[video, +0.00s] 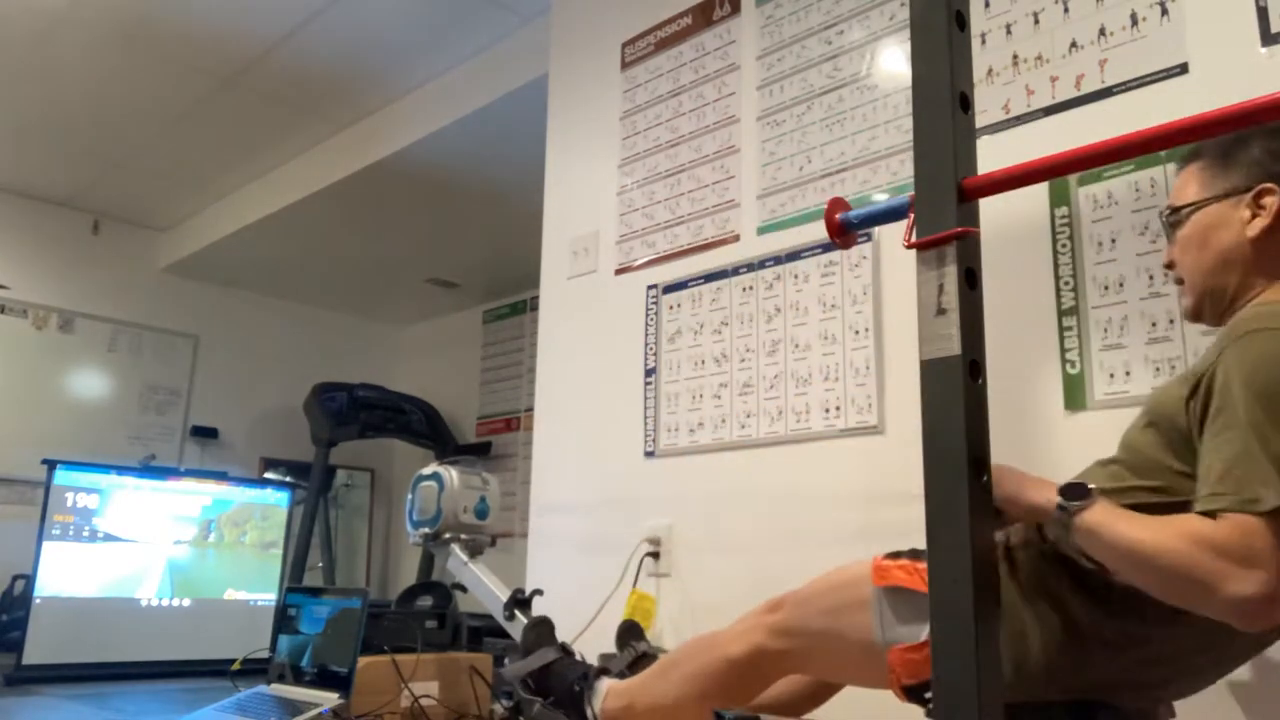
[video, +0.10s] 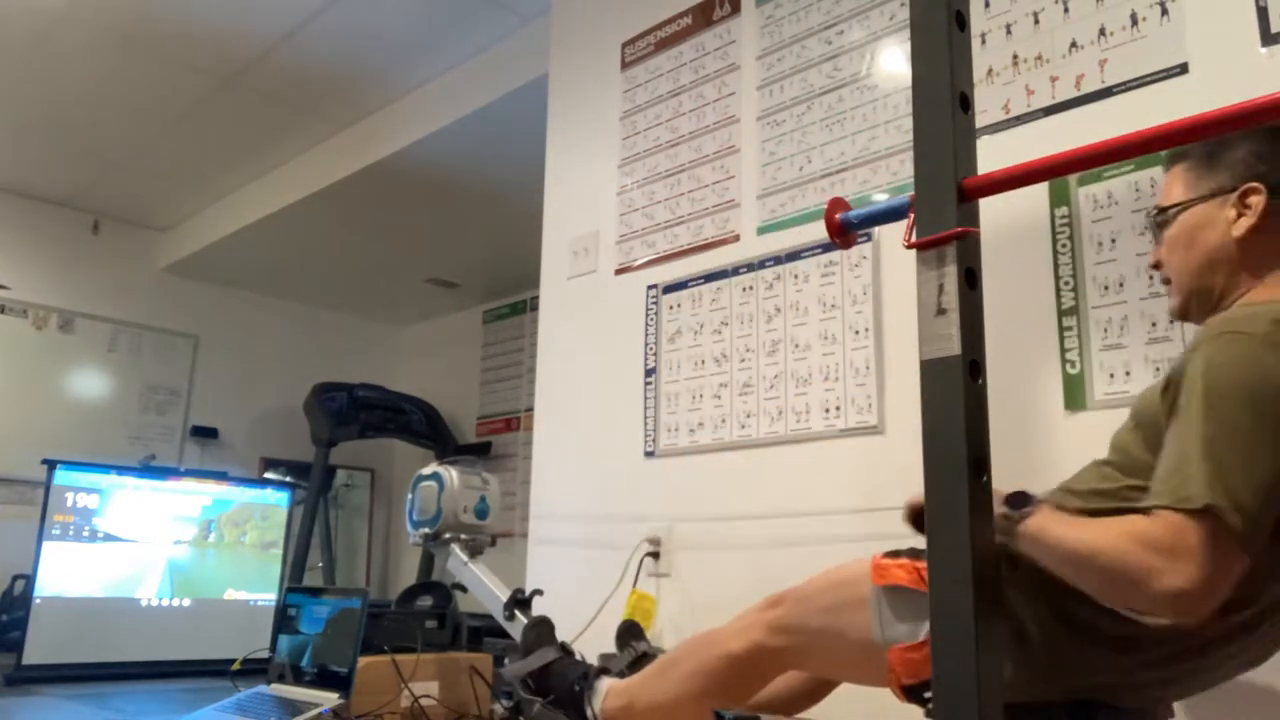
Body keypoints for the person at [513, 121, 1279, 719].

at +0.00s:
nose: (1166, 252)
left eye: (1180, 221)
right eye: (1168, 227)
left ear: (1261, 214)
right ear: (1257, 220)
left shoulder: (1264, 337)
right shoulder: (1249, 342)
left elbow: (1250, 582)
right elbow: (1222, 550)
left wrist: (1057, 505)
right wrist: (1046, 508)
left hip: (1064, 619)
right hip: (1097, 634)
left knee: (783, 624)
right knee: (828, 650)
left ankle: (607, 705)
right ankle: (680, 712)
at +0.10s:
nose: (1155, 249)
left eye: (1169, 219)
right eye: (1157, 225)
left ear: (1246, 214)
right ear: (1246, 219)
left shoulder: (1250, 339)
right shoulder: (1251, 335)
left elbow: (1182, 575)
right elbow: (1194, 562)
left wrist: (1009, 519)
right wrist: (1017, 521)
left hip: (1071, 627)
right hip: (1097, 631)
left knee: (784, 620)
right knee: (826, 637)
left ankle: (606, 702)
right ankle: (667, 707)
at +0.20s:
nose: (1126, 246)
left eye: (1138, 216)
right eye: (1129, 223)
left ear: (1216, 210)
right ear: (1221, 213)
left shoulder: (1217, 341)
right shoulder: (1264, 333)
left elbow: (1116, 554)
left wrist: (933, 510)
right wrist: (957, 527)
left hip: (1048, 640)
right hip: (1118, 654)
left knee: (774, 617)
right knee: (829, 632)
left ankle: (608, 704)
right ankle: (683, 709)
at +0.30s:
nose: (1079, 237)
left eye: (1092, 208)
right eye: (1079, 215)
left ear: (1166, 200)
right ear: (1178, 203)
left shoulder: (1174, 324)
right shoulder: (1260, 319)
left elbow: (1053, 513)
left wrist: (887, 498)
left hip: (1050, 639)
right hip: (1125, 647)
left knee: (772, 609)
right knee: (828, 625)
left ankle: (607, 704)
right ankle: (676, 706)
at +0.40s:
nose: (1029, 233)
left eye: (1039, 204)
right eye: (1029, 210)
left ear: (1103, 192)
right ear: (1126, 197)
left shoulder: (1116, 306)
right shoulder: (1199, 302)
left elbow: (976, 473)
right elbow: (1040, 491)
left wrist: (821, 489)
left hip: (1057, 628)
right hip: (1123, 631)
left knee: (768, 598)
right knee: (832, 608)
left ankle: (607, 710)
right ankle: (679, 709)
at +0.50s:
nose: (968, 220)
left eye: (981, 195)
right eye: (972, 199)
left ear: (1036, 195)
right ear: (1055, 198)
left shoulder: (1052, 294)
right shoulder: (1131, 297)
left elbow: (882, 453)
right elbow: (1042, 521)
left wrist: (755, 491)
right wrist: (881, 516)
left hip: (1036, 624)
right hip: (1102, 626)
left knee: (756, 583)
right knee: (833, 569)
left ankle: (610, 705)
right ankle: (697, 697)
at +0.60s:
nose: (912, 245)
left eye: (923, 220)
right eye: (914, 222)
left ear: (970, 218)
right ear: (1024, 222)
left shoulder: (984, 298)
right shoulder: (1071, 309)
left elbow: (818, 449)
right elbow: (952, 501)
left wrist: (694, 497)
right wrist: (775, 531)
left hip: (1005, 625)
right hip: (1077, 630)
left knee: (739, 560)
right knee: (801, 572)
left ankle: (614, 702)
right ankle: (692, 699)